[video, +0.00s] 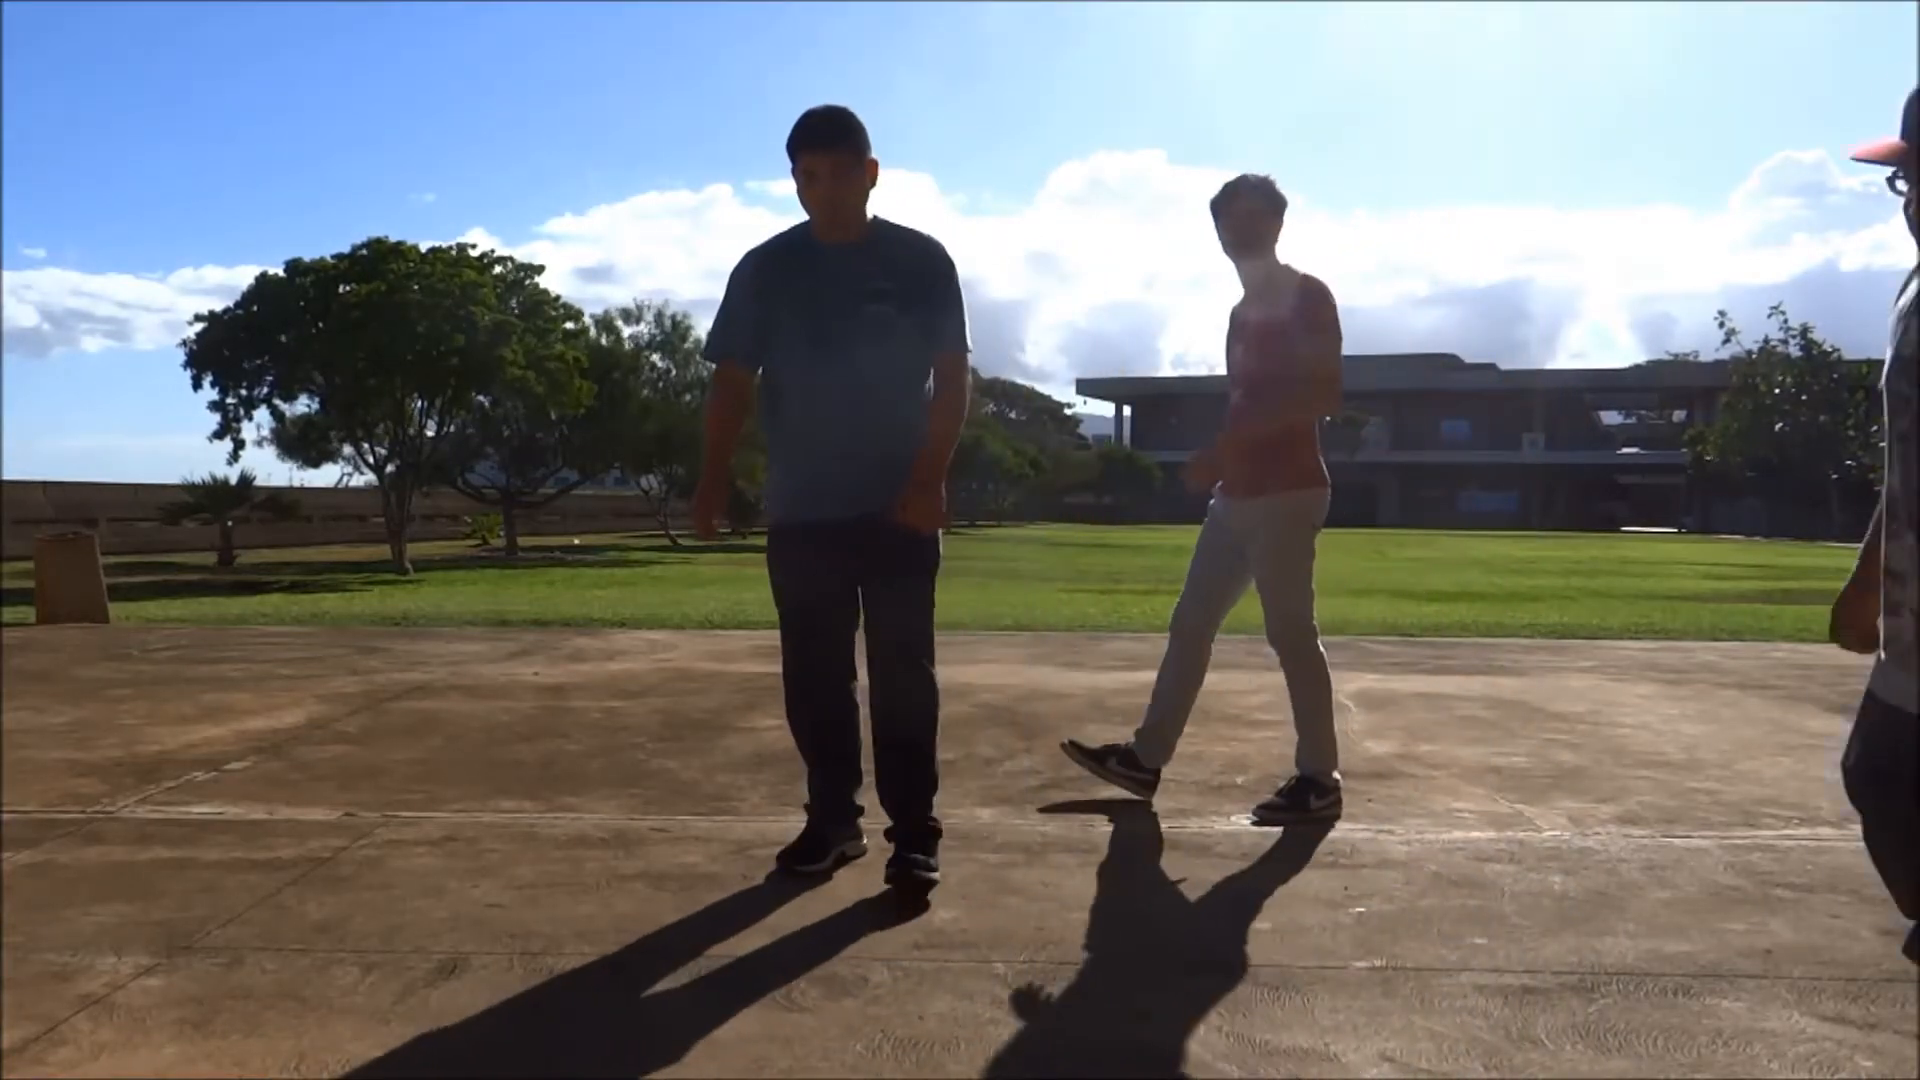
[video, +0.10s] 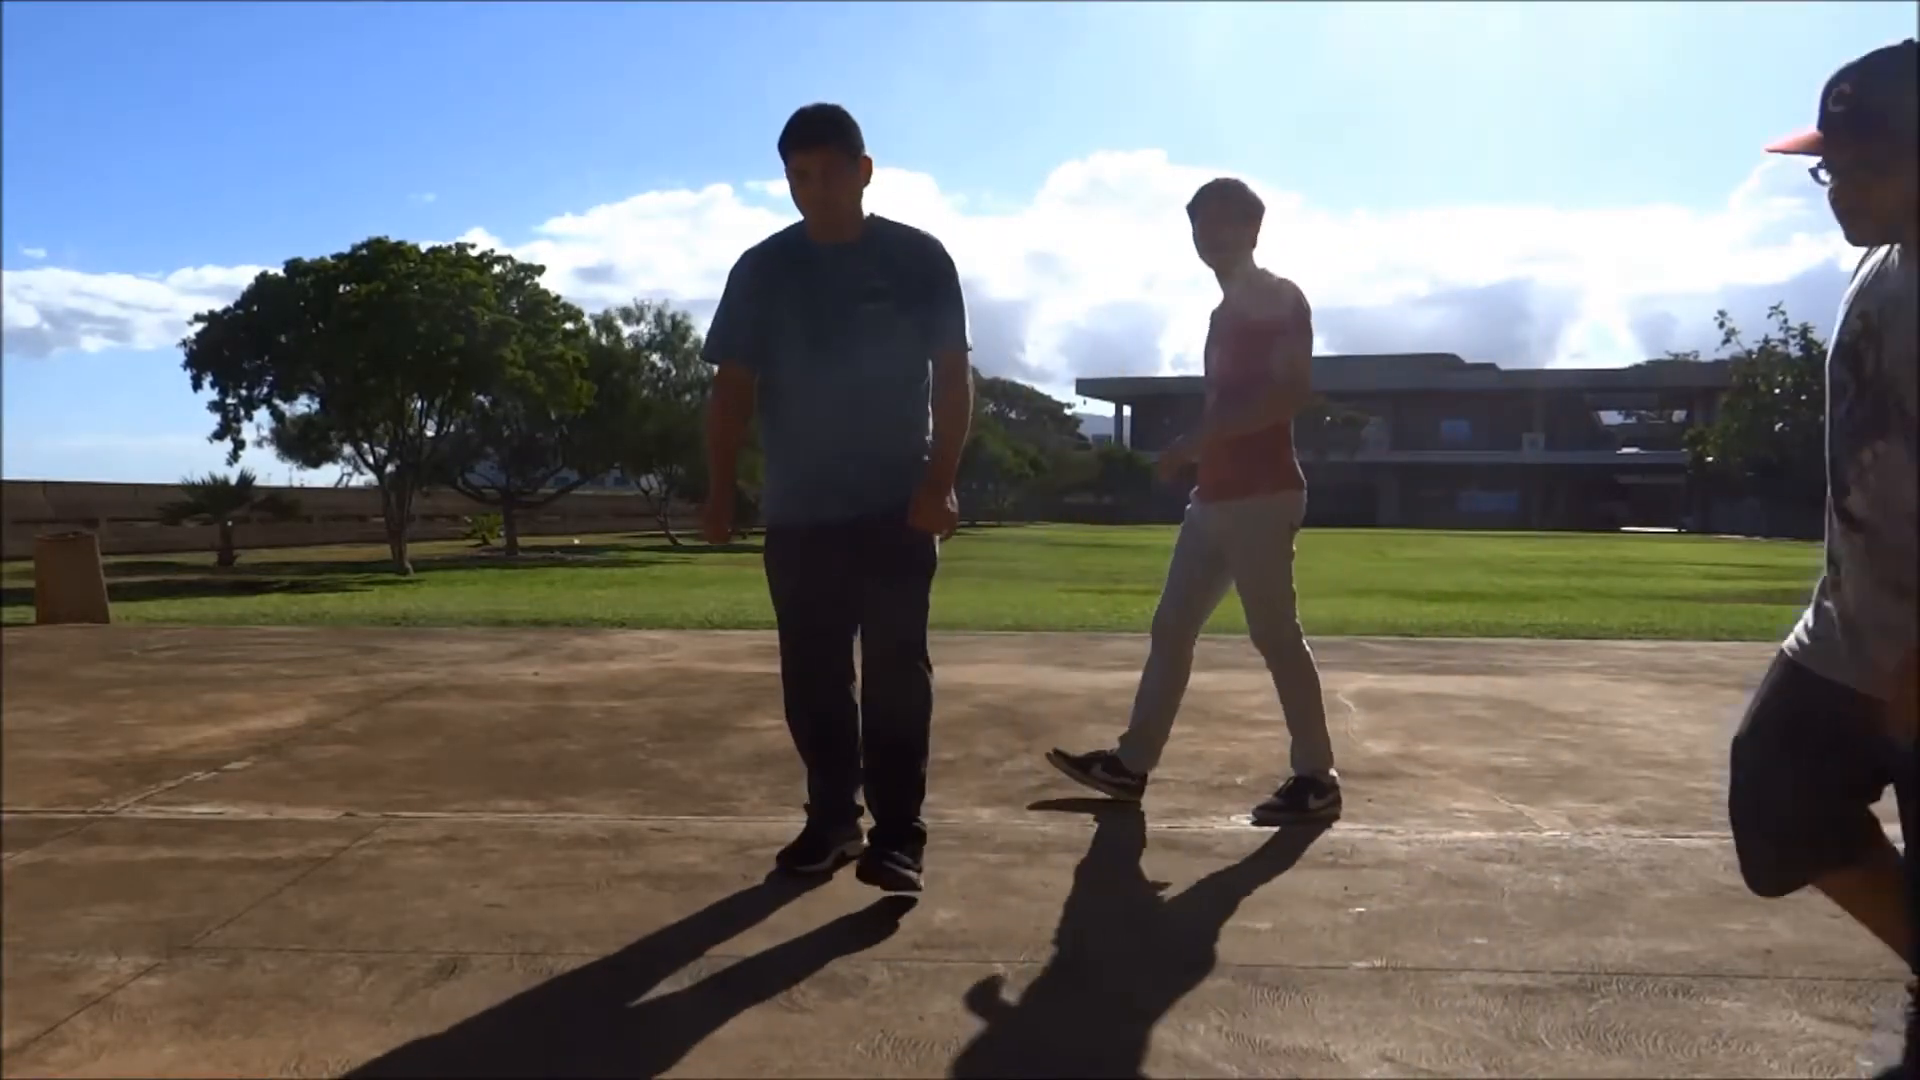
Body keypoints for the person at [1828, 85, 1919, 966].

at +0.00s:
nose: (1901, 196)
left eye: (1907, 180)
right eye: (1899, 180)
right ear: (1905, 185)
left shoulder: (1914, 303)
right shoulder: (1909, 301)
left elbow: (1903, 478)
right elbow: (1902, 473)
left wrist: (1868, 581)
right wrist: (1867, 575)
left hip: (1913, 648)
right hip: (1906, 639)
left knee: (1881, 781)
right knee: (1875, 778)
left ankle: (1919, 921)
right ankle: (1918, 920)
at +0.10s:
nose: (1823, 168)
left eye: (1841, 146)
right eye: (1824, 147)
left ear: (1905, 154)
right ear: (1881, 156)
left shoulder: (1899, 290)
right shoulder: (1875, 280)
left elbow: (1900, 499)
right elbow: (1879, 482)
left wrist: (1898, 658)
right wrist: (1863, 626)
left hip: (1899, 635)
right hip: (1857, 622)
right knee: (1785, 804)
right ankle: (1919, 960)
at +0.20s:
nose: (1742, 185)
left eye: (1755, 155)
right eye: (1738, 162)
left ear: (1853, 142)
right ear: (1844, 151)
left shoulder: (1906, 268)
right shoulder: (1829, 280)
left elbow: (1904, 455)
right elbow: (1845, 460)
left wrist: (1773, 585)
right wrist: (1783, 596)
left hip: (1892, 670)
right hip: (1797, 646)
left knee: (1914, 908)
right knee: (1699, 773)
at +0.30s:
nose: (1661, 220)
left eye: (1669, 191)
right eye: (1654, 198)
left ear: (1747, 164)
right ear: (1747, 170)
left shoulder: (1876, 265)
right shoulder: (1765, 286)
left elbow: (1813, 449)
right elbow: (1778, 472)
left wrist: (1631, 556)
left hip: (1870, 687)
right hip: (1735, 668)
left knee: (1908, 929)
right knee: (1652, 849)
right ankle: (1567, 1031)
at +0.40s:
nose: (1573, 238)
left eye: (1579, 209)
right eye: (1565, 218)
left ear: (1651, 176)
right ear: (1652, 185)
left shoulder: (1773, 280)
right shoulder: (1699, 299)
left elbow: (1716, 468)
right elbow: (1717, 492)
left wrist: (1547, 569)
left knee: (1886, 916)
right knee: (1583, 867)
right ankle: (1523, 1051)